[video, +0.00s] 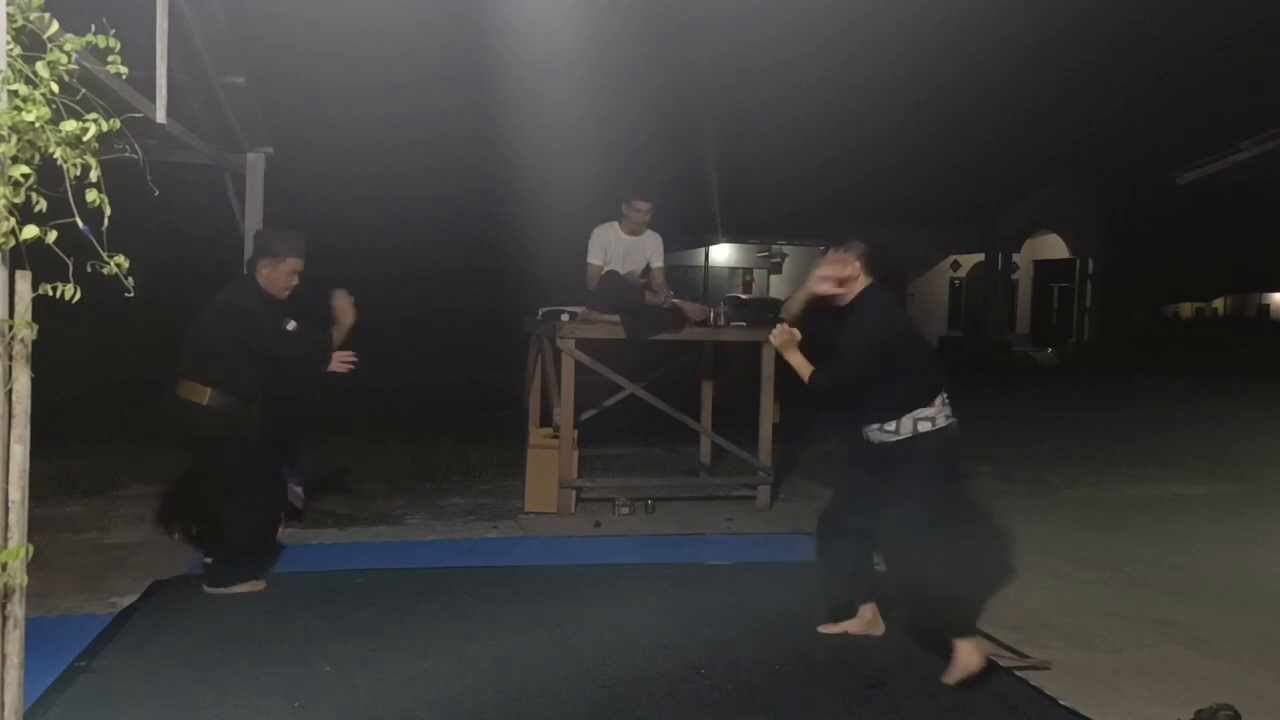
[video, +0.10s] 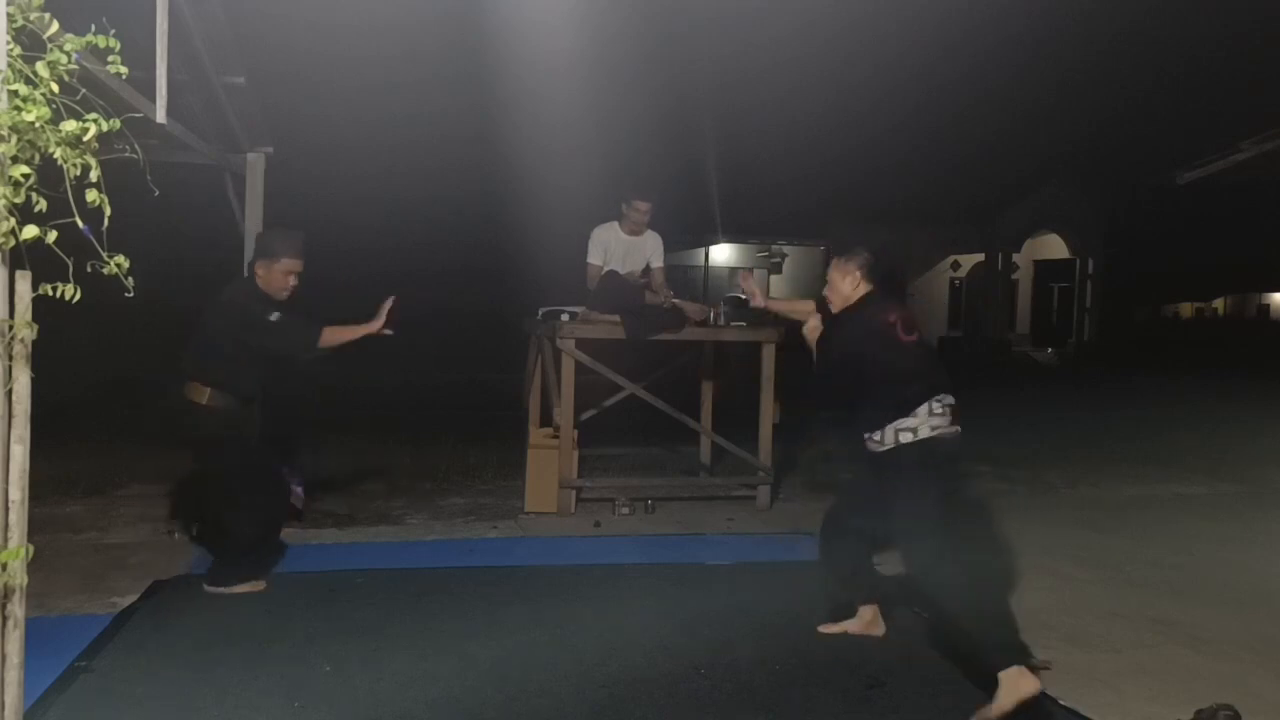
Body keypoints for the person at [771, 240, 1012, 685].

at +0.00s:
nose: (827, 274)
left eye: (838, 264)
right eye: (825, 266)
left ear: (859, 272)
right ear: (825, 273)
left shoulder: (876, 314)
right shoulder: (844, 310)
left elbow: (832, 389)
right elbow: (789, 322)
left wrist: (792, 354)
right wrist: (807, 289)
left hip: (922, 445)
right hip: (880, 444)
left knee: (908, 544)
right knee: (842, 524)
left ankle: (964, 642)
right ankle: (866, 613)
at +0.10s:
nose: (827, 284)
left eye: (832, 276)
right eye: (829, 276)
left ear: (855, 280)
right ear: (862, 279)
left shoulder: (853, 327)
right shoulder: (886, 308)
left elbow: (833, 389)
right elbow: (819, 310)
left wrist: (817, 347)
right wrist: (764, 302)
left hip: (911, 459)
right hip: (928, 451)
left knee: (932, 565)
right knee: (841, 526)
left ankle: (1010, 671)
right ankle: (864, 611)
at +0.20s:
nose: (830, 291)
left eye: (835, 283)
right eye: (833, 283)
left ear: (859, 283)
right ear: (868, 281)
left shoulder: (848, 333)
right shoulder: (899, 310)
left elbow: (813, 404)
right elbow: (833, 314)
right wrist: (776, 312)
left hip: (911, 466)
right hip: (934, 455)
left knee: (943, 572)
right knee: (848, 526)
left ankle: (1025, 687)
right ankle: (866, 612)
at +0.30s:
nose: (836, 298)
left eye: (841, 289)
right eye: (837, 290)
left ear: (867, 288)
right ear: (874, 286)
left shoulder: (858, 335)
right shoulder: (917, 317)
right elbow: (865, 321)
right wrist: (820, 324)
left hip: (916, 473)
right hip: (939, 464)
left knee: (946, 582)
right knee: (853, 526)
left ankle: (1030, 702)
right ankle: (864, 612)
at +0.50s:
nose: (846, 295)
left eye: (852, 285)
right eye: (847, 285)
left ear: (878, 282)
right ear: (887, 282)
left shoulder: (864, 333)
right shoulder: (933, 318)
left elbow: (852, 409)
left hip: (923, 477)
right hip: (957, 472)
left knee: (954, 596)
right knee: (870, 524)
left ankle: (1030, 703)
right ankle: (867, 613)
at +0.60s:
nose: (846, 293)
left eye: (852, 283)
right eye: (848, 283)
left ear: (880, 282)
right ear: (887, 281)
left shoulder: (868, 333)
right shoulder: (932, 317)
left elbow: (852, 412)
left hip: (927, 476)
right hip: (962, 470)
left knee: (958, 595)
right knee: (871, 524)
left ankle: (1030, 703)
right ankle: (867, 613)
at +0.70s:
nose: (840, 292)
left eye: (846, 282)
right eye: (842, 282)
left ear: (876, 282)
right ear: (881, 281)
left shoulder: (870, 330)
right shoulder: (916, 313)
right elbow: (861, 329)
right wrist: (821, 342)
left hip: (927, 476)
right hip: (953, 467)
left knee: (958, 590)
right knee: (861, 520)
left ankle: (1032, 703)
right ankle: (864, 615)